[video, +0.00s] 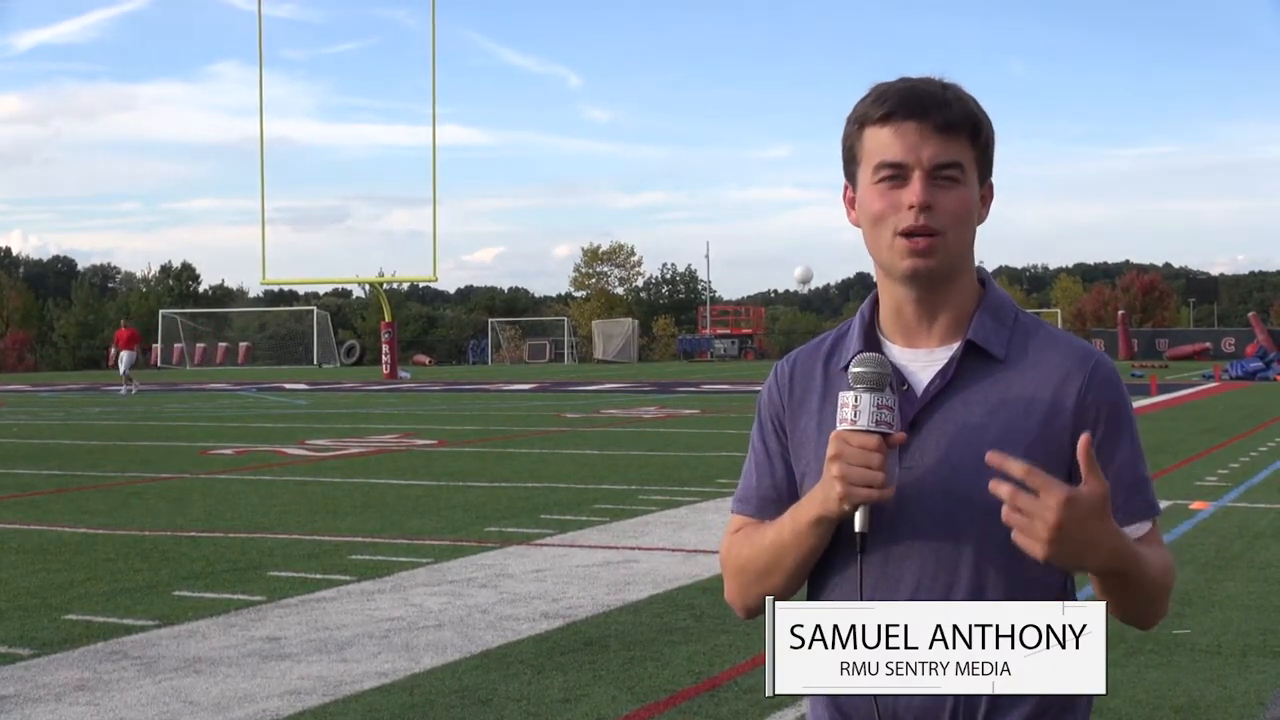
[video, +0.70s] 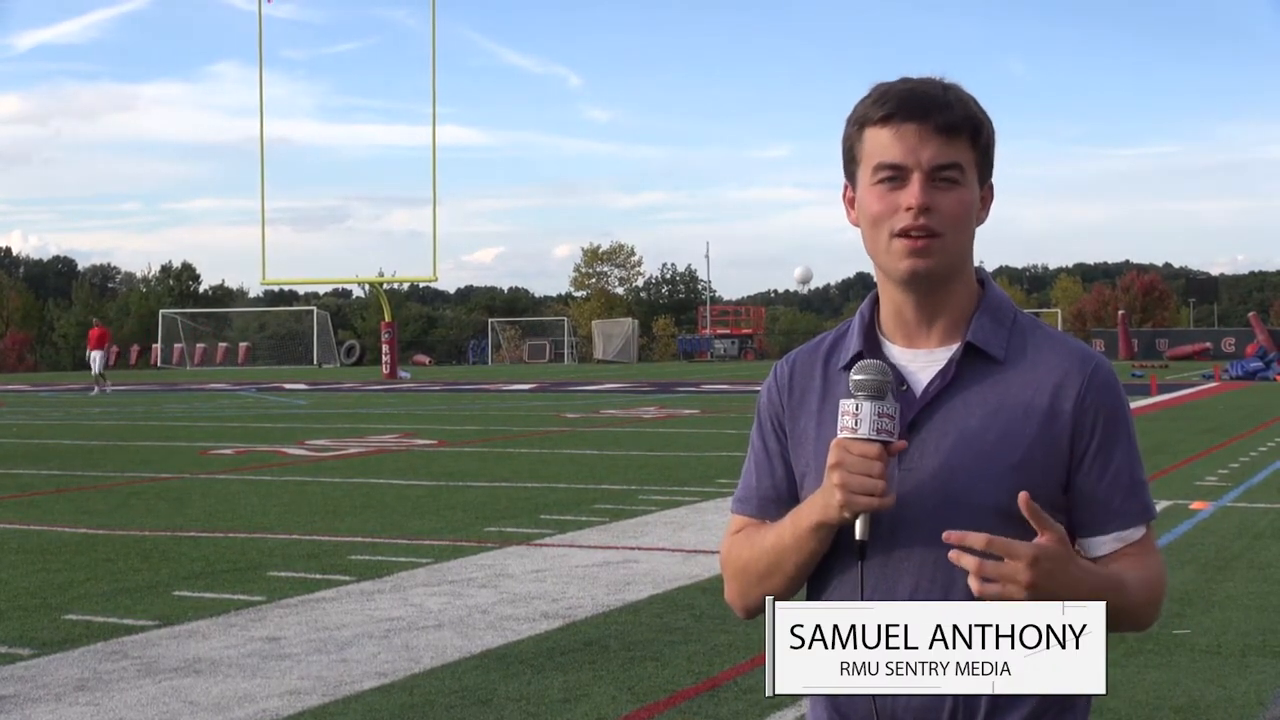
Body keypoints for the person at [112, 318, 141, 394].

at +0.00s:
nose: (124, 324)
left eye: (125, 322)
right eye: (122, 322)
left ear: (128, 323)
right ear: (121, 323)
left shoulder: (133, 332)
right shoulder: (118, 332)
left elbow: (137, 344)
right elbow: (115, 345)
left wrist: (138, 354)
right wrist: (112, 358)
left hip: (130, 352)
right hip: (122, 352)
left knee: (124, 371)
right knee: (122, 372)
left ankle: (124, 388)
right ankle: (134, 384)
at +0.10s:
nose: (120, 323)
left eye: (121, 322)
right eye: (118, 322)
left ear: (124, 322)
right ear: (117, 323)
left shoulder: (129, 331)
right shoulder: (115, 331)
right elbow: (112, 344)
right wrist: (109, 354)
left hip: (125, 351)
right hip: (116, 351)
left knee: (123, 371)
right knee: (114, 371)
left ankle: (124, 387)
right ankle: (124, 382)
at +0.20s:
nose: (116, 322)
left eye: (118, 321)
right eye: (115, 321)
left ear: (120, 321)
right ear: (114, 321)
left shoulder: (123, 330)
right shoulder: (112, 330)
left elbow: (126, 341)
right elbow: (110, 341)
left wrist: (126, 351)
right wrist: (109, 349)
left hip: (121, 351)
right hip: (113, 351)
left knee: (122, 370)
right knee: (109, 369)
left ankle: (123, 387)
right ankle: (116, 385)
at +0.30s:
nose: (112, 323)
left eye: (113, 322)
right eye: (111, 322)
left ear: (117, 322)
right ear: (110, 322)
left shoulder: (120, 330)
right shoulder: (108, 331)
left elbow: (121, 342)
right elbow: (108, 342)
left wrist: (115, 350)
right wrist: (106, 350)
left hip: (119, 352)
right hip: (110, 352)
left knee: (120, 371)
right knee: (106, 371)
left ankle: (123, 388)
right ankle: (105, 387)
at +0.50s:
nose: (103, 325)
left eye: (104, 323)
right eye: (102, 323)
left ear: (107, 324)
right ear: (100, 324)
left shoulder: (110, 332)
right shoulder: (99, 332)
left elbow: (111, 343)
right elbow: (99, 342)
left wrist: (104, 349)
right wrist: (98, 351)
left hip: (109, 353)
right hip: (101, 353)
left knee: (113, 372)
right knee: (98, 372)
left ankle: (120, 387)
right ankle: (97, 388)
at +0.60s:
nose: (98, 323)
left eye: (99, 322)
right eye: (97, 322)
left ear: (102, 322)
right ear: (96, 323)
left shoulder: (106, 331)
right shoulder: (95, 332)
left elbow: (109, 342)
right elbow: (94, 342)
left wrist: (104, 350)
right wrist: (94, 351)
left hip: (104, 353)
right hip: (96, 353)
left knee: (105, 372)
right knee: (96, 372)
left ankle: (116, 384)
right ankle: (97, 388)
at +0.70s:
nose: (95, 323)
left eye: (96, 321)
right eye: (94, 322)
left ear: (99, 322)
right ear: (93, 323)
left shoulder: (104, 331)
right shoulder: (91, 331)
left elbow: (107, 342)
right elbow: (89, 343)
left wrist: (105, 352)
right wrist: (87, 353)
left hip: (100, 352)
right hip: (92, 352)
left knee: (99, 371)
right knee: (94, 372)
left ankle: (107, 383)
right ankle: (97, 387)